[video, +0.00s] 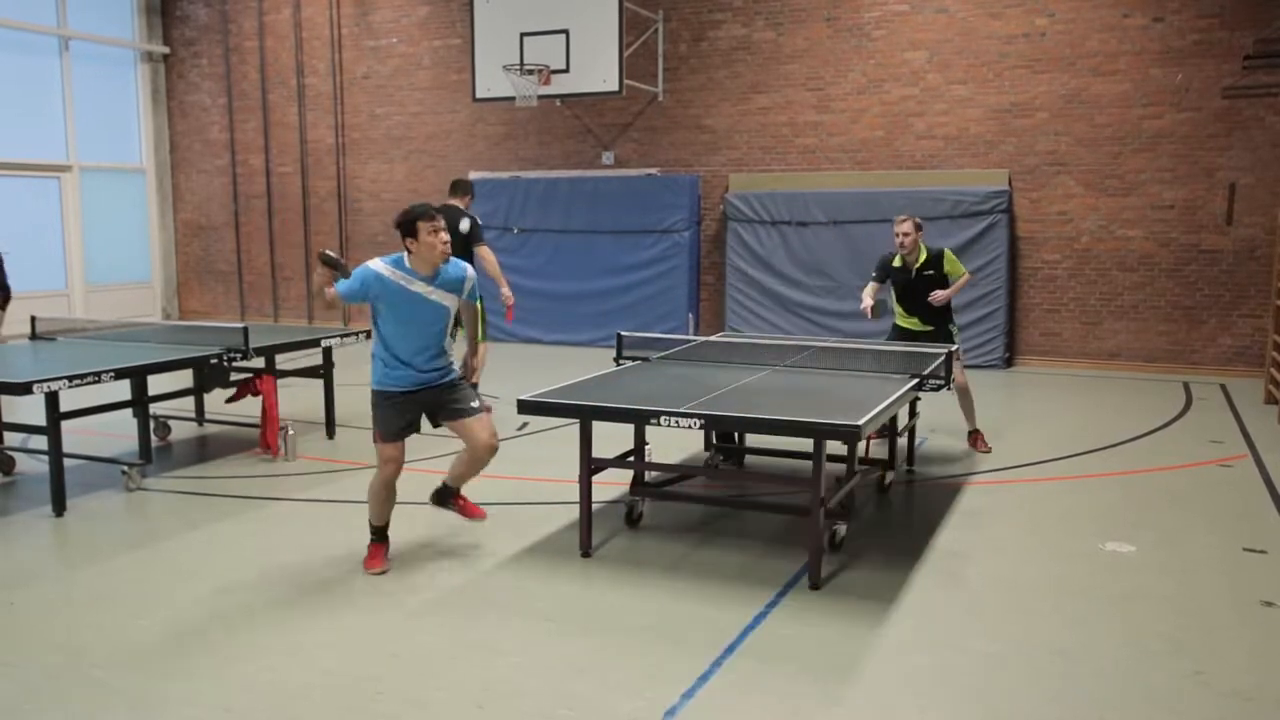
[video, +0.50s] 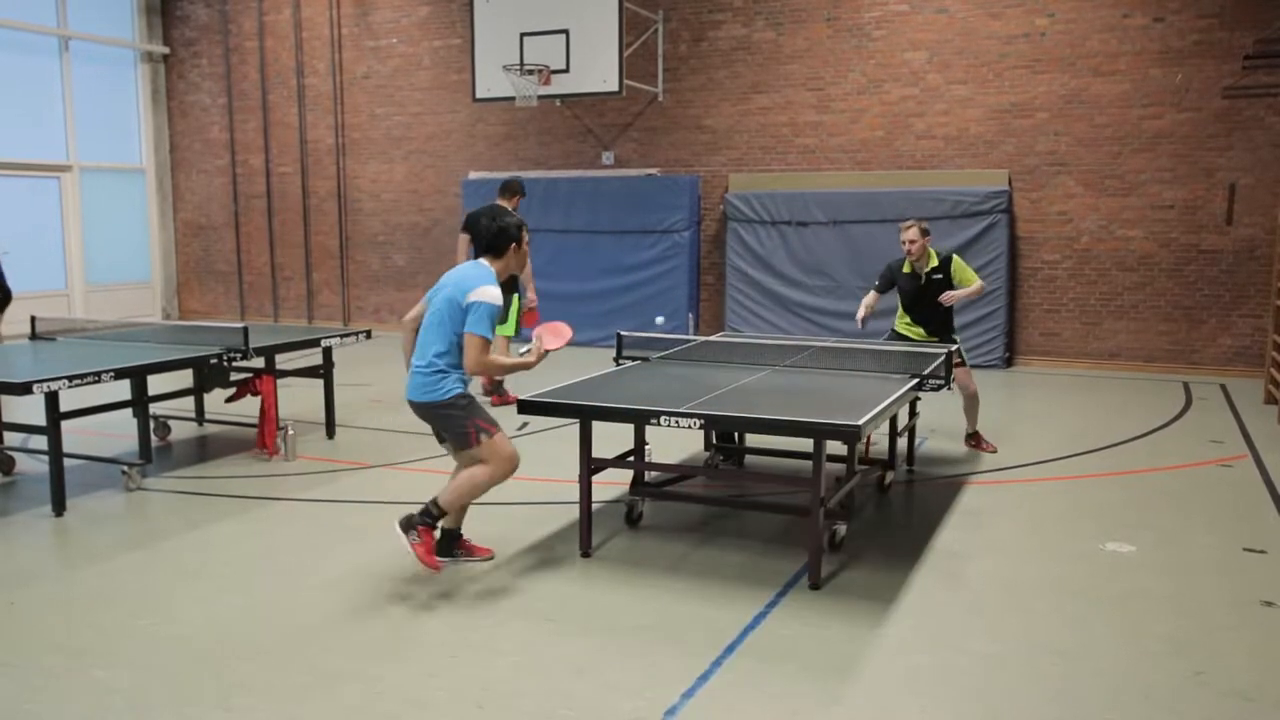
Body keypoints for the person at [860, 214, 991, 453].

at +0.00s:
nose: (901, 240)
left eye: (906, 235)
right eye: (897, 235)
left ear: (919, 236)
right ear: (893, 238)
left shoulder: (940, 256)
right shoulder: (889, 263)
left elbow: (965, 275)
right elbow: (871, 288)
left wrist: (949, 292)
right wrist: (867, 299)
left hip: (939, 329)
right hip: (904, 329)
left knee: (960, 382)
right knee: (885, 374)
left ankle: (974, 431)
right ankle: (887, 425)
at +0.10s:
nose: (904, 241)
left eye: (909, 235)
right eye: (900, 236)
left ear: (923, 236)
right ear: (897, 239)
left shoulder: (942, 259)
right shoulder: (892, 264)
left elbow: (968, 280)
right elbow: (873, 290)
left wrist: (951, 297)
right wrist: (869, 303)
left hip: (940, 333)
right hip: (904, 332)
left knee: (961, 384)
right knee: (884, 377)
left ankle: (973, 432)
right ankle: (887, 424)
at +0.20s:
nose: (906, 231)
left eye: (911, 225)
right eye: (902, 226)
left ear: (924, 226)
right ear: (898, 228)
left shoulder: (945, 249)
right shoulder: (893, 255)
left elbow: (967, 273)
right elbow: (875, 286)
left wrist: (952, 288)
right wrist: (871, 300)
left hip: (940, 326)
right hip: (904, 325)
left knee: (961, 380)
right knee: (881, 371)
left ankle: (974, 430)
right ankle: (885, 419)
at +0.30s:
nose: (905, 229)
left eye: (910, 224)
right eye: (901, 224)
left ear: (924, 224)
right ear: (898, 226)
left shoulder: (945, 245)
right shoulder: (893, 252)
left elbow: (968, 269)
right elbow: (874, 284)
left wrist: (954, 284)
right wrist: (871, 299)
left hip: (940, 323)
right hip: (904, 322)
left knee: (964, 377)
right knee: (877, 370)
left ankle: (976, 428)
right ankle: (872, 426)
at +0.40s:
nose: (906, 238)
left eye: (911, 232)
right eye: (902, 233)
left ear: (925, 232)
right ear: (899, 235)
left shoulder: (945, 254)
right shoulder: (893, 261)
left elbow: (971, 278)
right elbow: (872, 289)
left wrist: (954, 291)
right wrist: (869, 304)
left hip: (940, 331)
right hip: (902, 331)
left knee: (965, 385)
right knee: (876, 376)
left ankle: (971, 433)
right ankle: (872, 428)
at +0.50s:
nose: (907, 248)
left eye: (912, 242)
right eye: (903, 243)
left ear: (927, 240)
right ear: (901, 244)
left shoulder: (948, 262)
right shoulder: (896, 268)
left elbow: (978, 285)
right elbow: (874, 294)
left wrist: (959, 294)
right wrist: (864, 307)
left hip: (942, 338)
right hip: (904, 335)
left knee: (970, 390)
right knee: (873, 377)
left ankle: (972, 434)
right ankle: (864, 432)